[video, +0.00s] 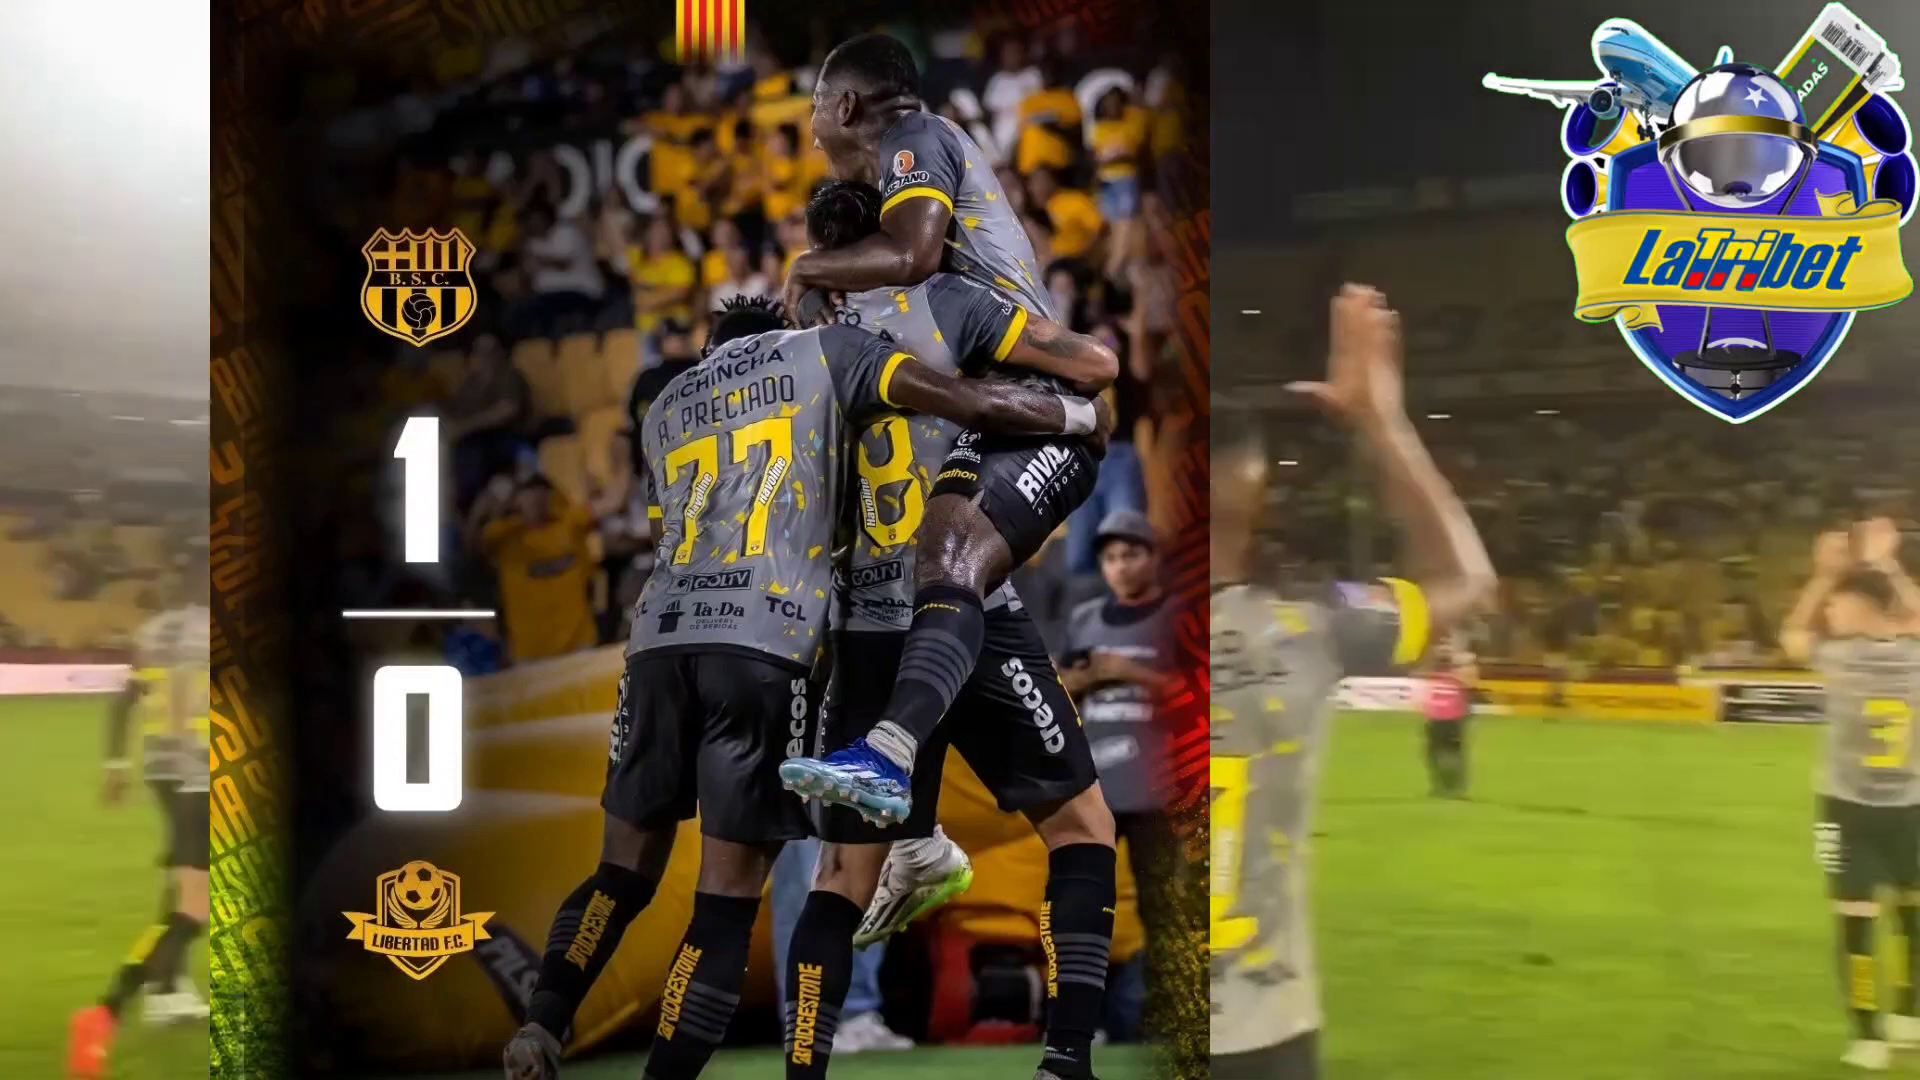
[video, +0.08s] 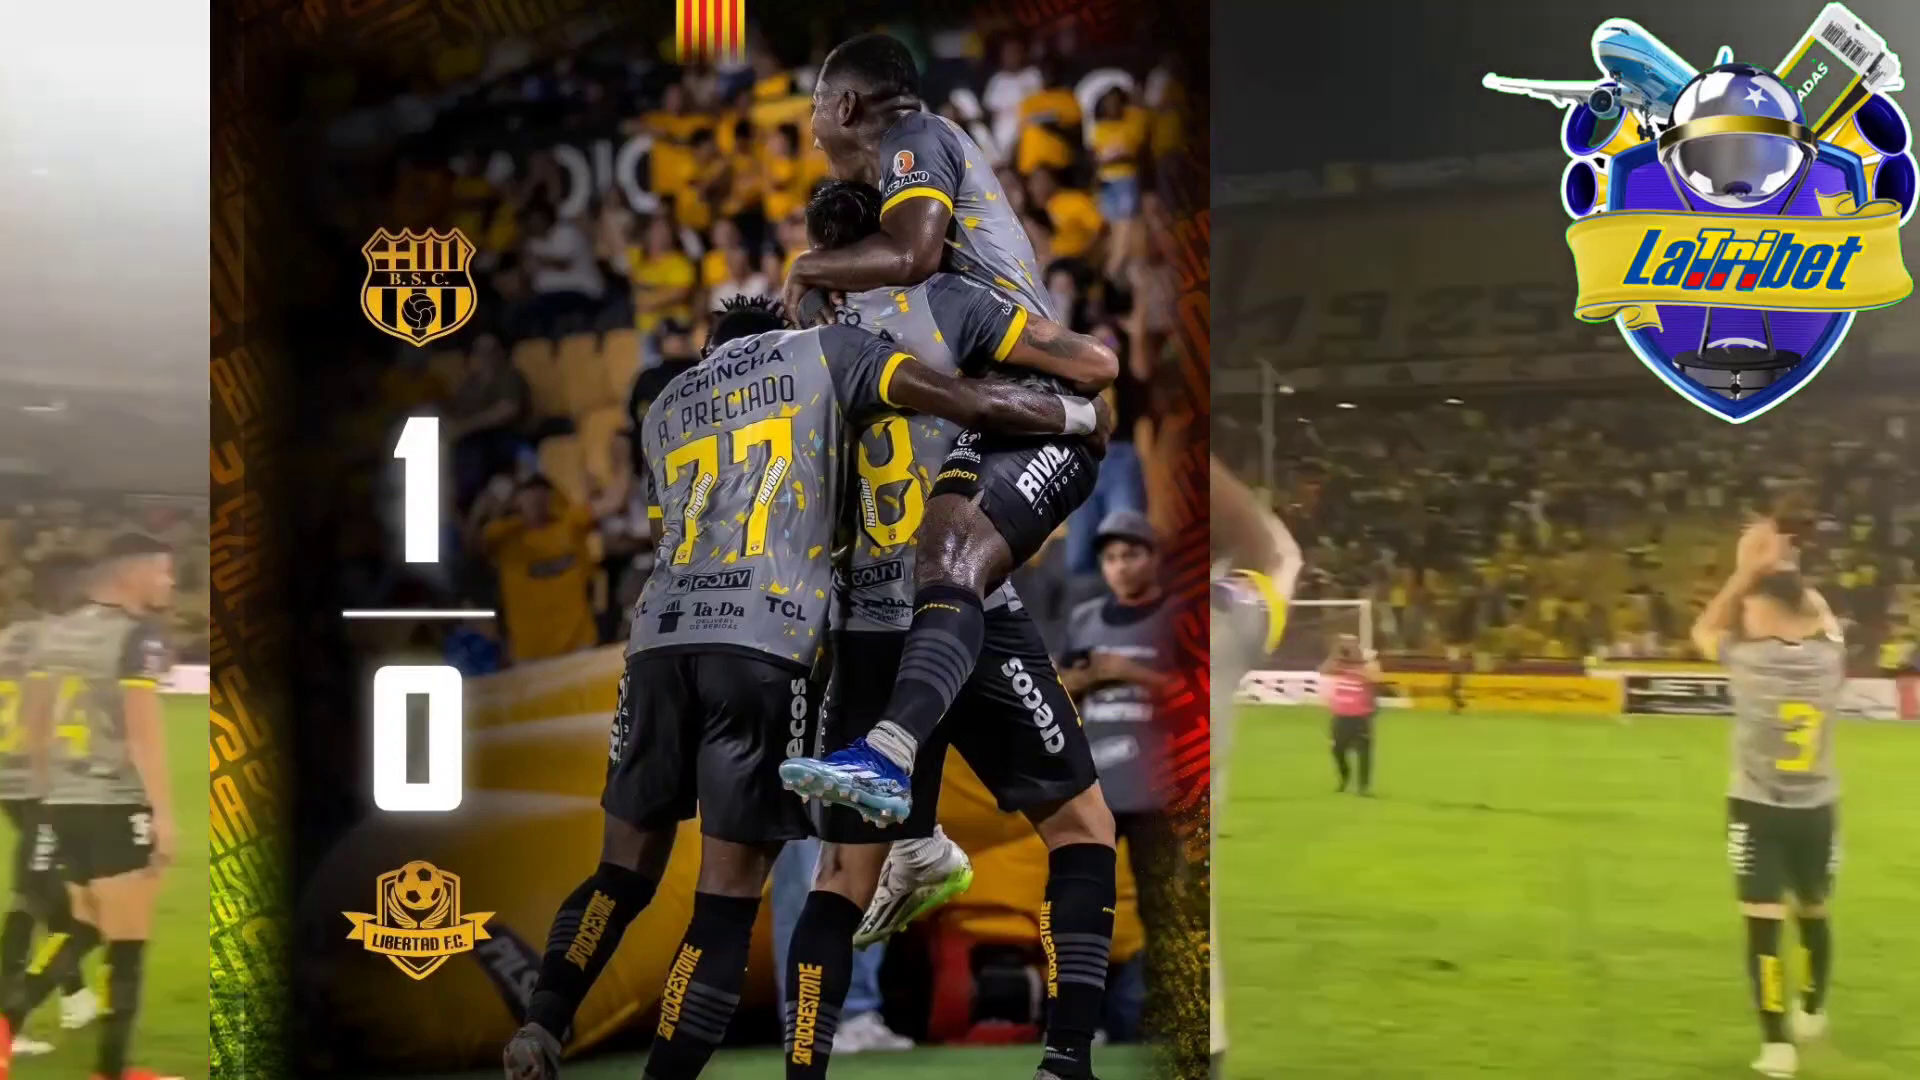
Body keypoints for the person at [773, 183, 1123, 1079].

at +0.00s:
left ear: (821, 257)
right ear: (897, 239)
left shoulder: (804, 335)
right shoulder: (952, 297)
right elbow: (1094, 367)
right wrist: (1075, 346)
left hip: (853, 618)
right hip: (964, 615)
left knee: (848, 860)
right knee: (1082, 827)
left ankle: (802, 1063)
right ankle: (1068, 1056)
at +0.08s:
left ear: (821, 256)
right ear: (897, 238)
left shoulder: (805, 335)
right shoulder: (951, 297)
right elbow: (1093, 367)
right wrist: (1081, 347)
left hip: (855, 615)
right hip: (964, 613)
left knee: (849, 858)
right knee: (1081, 826)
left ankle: (802, 1063)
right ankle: (1067, 1058)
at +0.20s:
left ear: (822, 255)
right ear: (898, 238)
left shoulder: (805, 333)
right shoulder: (952, 296)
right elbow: (1094, 367)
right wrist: (1076, 346)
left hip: (854, 616)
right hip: (964, 614)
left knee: (849, 859)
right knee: (1082, 827)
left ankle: (802, 1063)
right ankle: (1068, 1056)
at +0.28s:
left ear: (821, 257)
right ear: (896, 238)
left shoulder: (804, 335)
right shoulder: (951, 295)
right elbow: (1093, 367)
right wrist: (1078, 346)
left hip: (852, 618)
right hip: (962, 615)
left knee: (849, 860)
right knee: (1082, 827)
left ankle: (802, 1062)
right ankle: (1067, 1057)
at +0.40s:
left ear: (822, 255)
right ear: (898, 238)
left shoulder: (805, 333)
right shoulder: (952, 296)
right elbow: (1094, 367)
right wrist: (1077, 346)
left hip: (854, 616)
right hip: (963, 614)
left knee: (849, 859)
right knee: (1082, 827)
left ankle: (802, 1064)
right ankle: (1068, 1056)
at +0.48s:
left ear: (821, 254)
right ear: (897, 236)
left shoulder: (806, 334)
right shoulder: (951, 296)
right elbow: (1092, 367)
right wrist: (1087, 347)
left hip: (855, 614)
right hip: (963, 613)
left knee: (850, 858)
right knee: (1081, 825)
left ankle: (801, 1063)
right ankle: (1067, 1058)